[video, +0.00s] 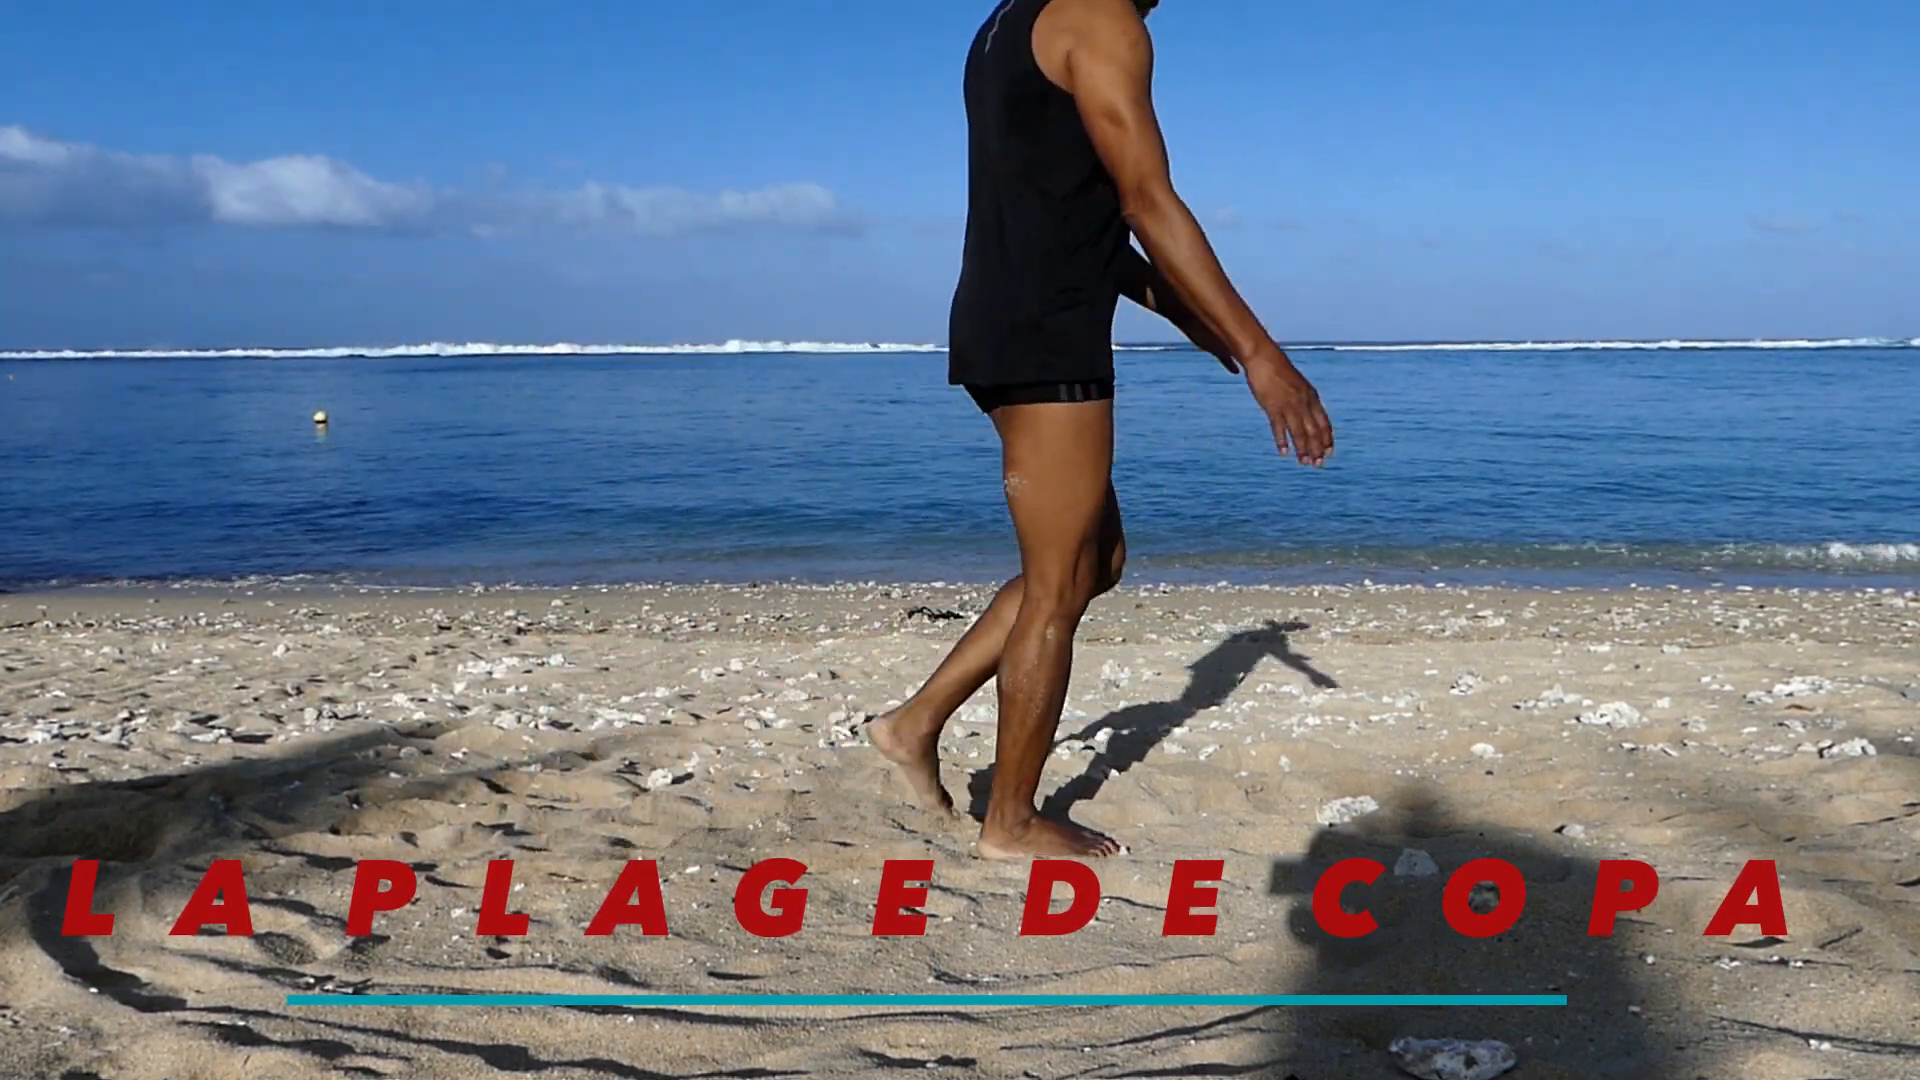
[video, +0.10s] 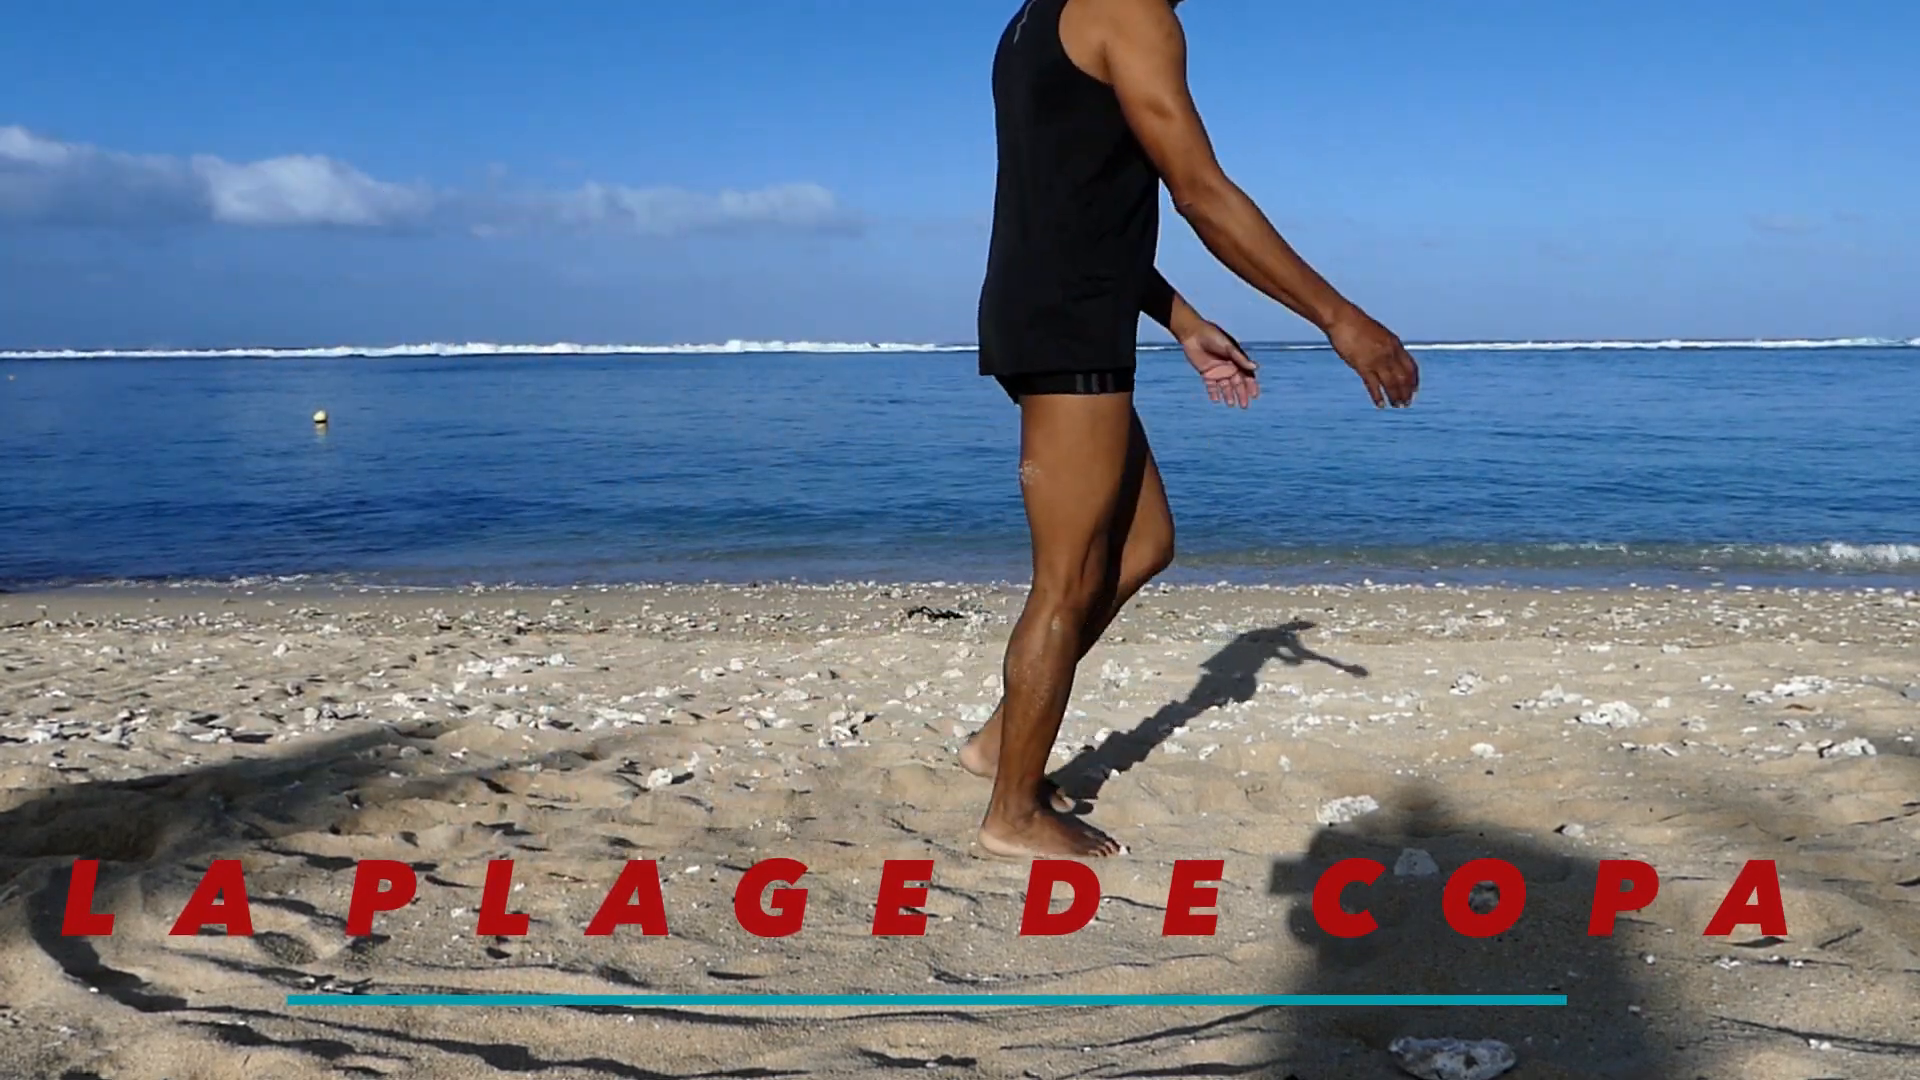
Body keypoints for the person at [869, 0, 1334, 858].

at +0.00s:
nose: (1159, 1)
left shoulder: (1014, 26)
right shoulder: (1102, 23)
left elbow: (1074, 227)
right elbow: (1153, 203)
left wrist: (1183, 309)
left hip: (1007, 329)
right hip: (1052, 337)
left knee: (1096, 557)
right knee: (1058, 581)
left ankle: (913, 725)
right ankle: (1011, 819)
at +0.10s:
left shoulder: (1040, 24)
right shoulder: (1130, 15)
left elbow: (1079, 213)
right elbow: (1203, 192)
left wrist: (1182, 320)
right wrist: (1340, 318)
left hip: (1045, 319)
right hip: (1075, 328)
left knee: (1142, 542)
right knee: (1068, 583)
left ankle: (1002, 737)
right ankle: (1015, 813)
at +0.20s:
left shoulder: (1087, 19)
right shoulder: (1175, 10)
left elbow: (1094, 207)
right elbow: (1272, 173)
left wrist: (1166, 341)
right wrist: (1423, 259)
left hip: (1117, 323)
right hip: (1110, 325)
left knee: (1200, 531)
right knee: (1078, 577)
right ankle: (1016, 803)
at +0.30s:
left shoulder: (1114, 21)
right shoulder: (1210, 10)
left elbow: (1116, 190)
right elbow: (1317, 167)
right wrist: (1460, 226)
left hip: (1136, 331)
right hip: (1137, 333)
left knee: (1229, 537)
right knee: (1086, 575)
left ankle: (1241, 771)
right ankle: (1017, 801)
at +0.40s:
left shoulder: (1168, 23)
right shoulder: (1260, 17)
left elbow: (1161, 193)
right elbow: (1379, 164)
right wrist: (1497, 195)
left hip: (1184, 343)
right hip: (1182, 343)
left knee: (1267, 559)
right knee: (1107, 579)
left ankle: (1354, 765)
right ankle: (1021, 795)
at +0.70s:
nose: (1442, 9)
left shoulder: (1276, 72)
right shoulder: (1375, 57)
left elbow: (1208, 253)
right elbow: (1481, 208)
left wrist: (1163, 381)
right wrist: (1574, 227)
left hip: (1305, 376)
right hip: (1314, 378)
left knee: (1382, 588)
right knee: (1194, 596)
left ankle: (1426, 809)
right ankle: (1045, 777)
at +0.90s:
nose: (1518, 14)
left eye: (1519, 5)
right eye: (1517, 2)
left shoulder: (1348, 89)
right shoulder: (1465, 72)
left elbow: (1289, 261)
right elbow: (1522, 253)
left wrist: (1233, 387)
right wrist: (1611, 335)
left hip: (1360, 373)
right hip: (1402, 381)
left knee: (1449, 582)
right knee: (1334, 617)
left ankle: (1428, 805)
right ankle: (1137, 759)